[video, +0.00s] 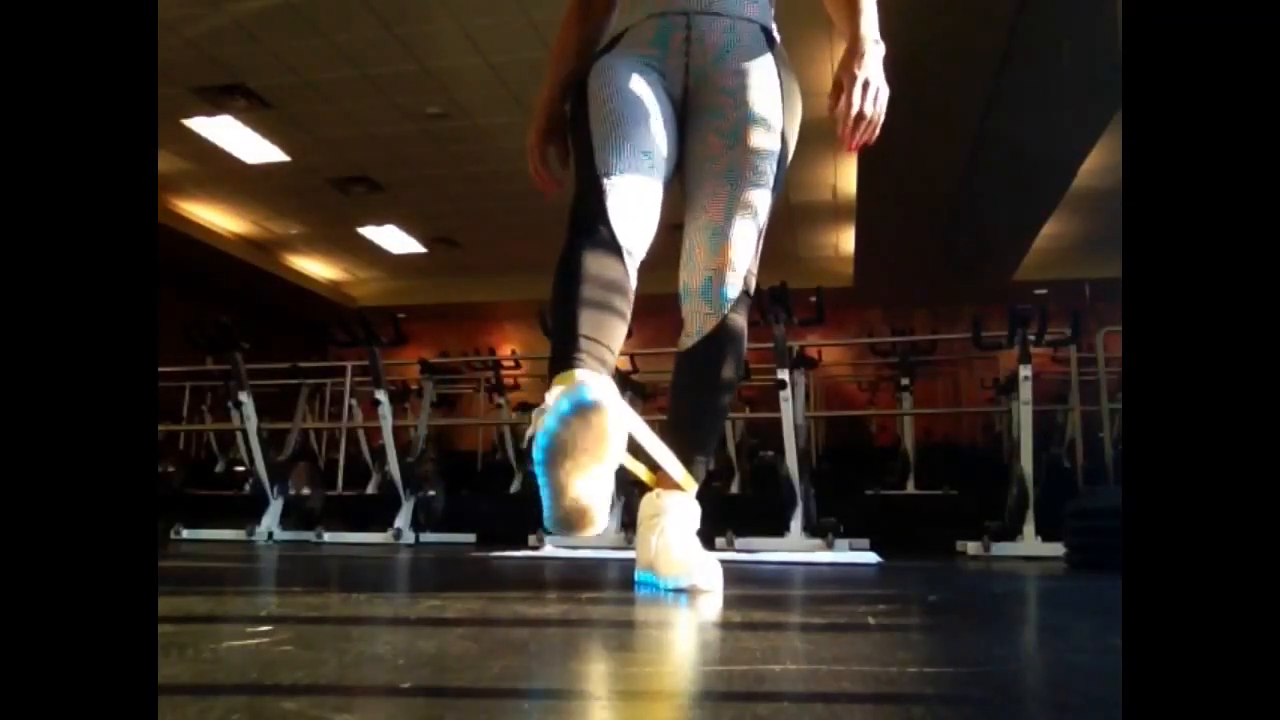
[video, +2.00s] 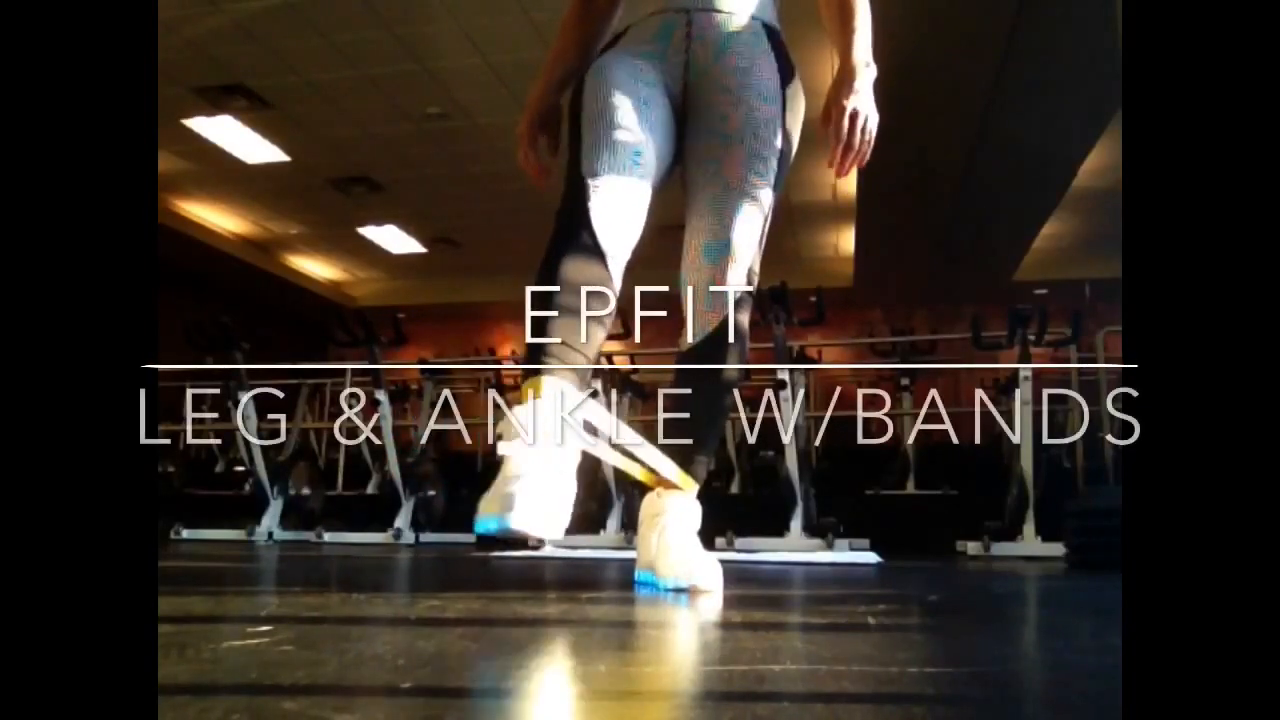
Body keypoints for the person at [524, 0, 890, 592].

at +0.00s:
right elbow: (589, 6)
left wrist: (864, 41)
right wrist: (555, 97)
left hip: (744, 30)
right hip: (630, 29)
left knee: (722, 279)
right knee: (612, 208)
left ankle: (673, 516)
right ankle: (577, 419)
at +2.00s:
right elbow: (596, 4)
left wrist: (857, 69)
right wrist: (548, 86)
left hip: (747, 28)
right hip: (634, 26)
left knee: (721, 272)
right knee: (599, 214)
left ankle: (674, 516)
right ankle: (543, 452)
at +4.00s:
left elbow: (825, 6)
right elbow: (588, 4)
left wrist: (833, 99)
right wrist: (549, 87)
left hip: (739, 27)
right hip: (629, 22)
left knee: (719, 271)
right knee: (608, 181)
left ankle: (673, 513)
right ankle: (568, 403)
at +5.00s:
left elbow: (827, 3)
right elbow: (593, 4)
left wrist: (836, 81)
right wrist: (554, 89)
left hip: (737, 30)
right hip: (631, 28)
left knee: (716, 265)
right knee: (595, 181)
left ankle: (670, 516)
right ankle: (529, 406)